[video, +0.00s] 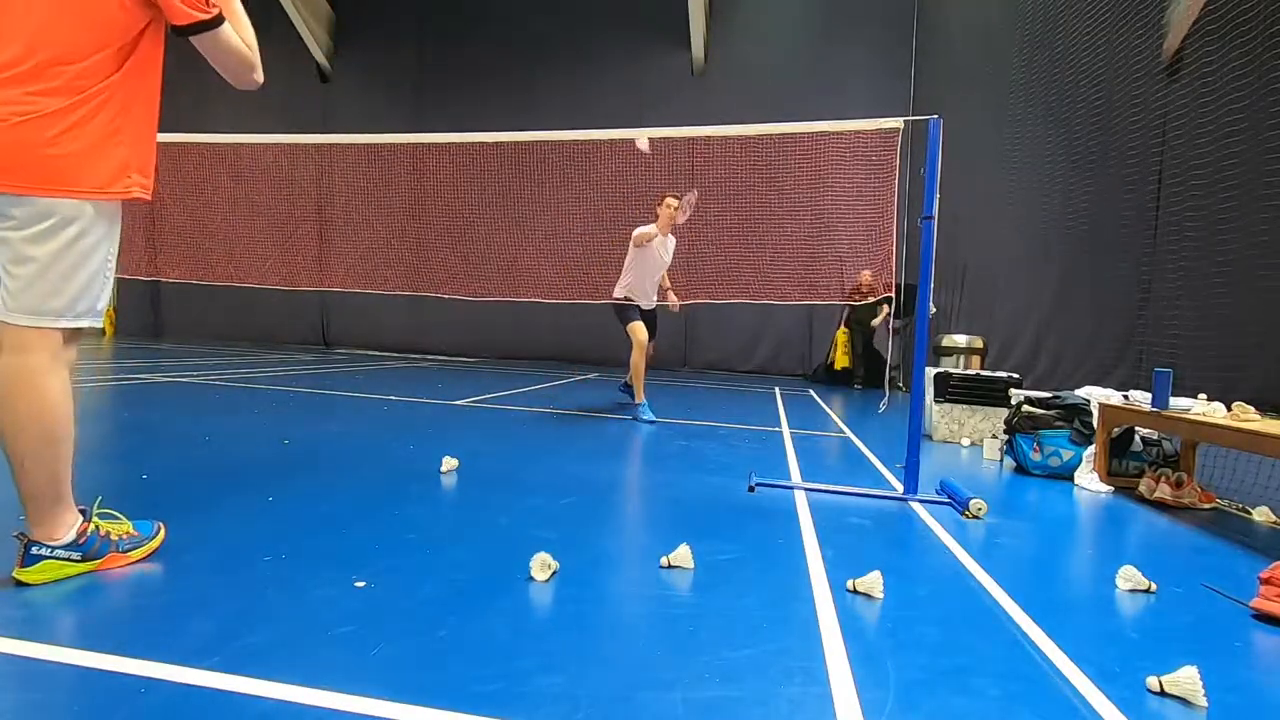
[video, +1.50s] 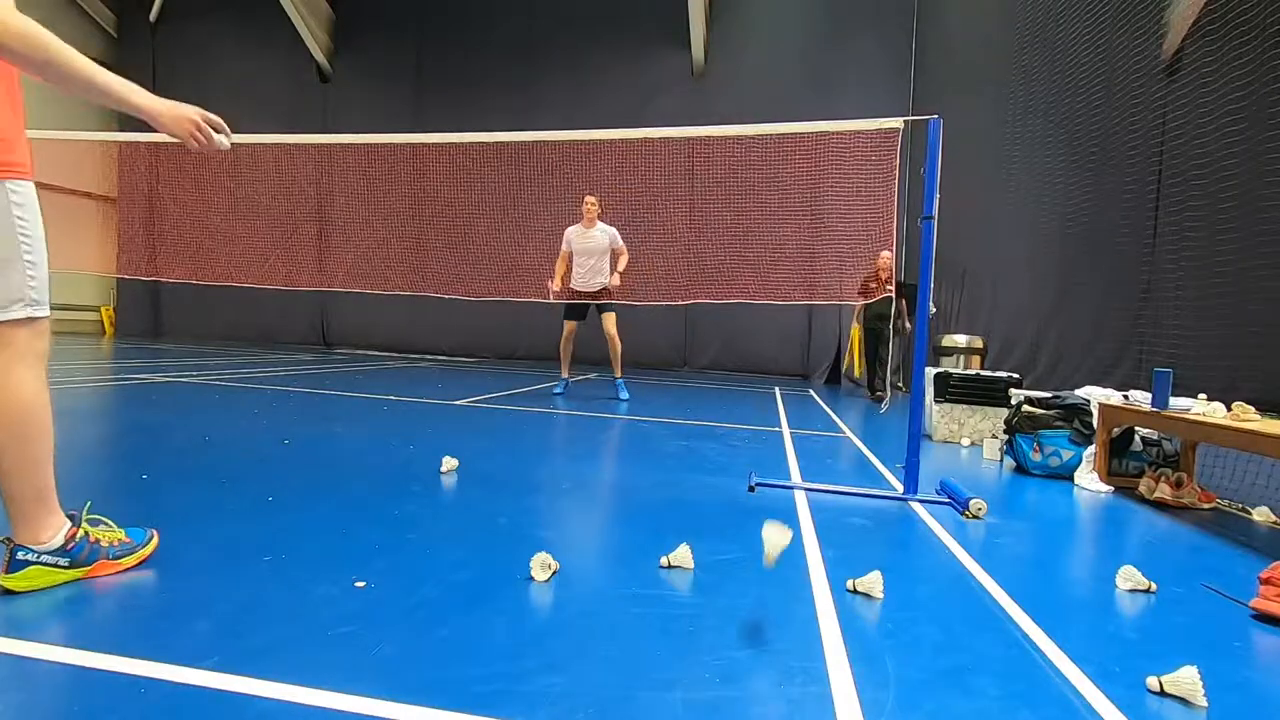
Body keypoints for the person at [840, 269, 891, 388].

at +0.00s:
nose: (866, 278)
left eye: (869, 276)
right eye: (864, 276)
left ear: (872, 278)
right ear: (860, 278)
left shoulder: (875, 293)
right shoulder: (854, 293)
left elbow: (886, 309)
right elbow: (846, 309)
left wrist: (878, 320)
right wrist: (842, 323)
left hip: (869, 325)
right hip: (855, 324)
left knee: (866, 351)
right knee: (858, 352)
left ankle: (864, 377)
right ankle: (858, 379)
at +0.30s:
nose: (870, 272)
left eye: (873, 269)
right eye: (868, 269)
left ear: (876, 272)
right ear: (864, 271)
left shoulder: (880, 288)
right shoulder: (857, 287)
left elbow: (885, 307)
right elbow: (850, 305)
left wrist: (890, 323)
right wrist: (845, 321)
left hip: (875, 326)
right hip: (859, 325)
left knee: (875, 354)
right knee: (858, 354)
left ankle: (870, 381)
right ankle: (857, 381)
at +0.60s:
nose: (879, 272)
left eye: (881, 269)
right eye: (876, 269)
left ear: (885, 272)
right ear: (871, 271)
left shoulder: (890, 286)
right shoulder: (864, 286)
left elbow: (894, 305)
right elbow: (855, 303)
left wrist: (894, 322)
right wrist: (851, 321)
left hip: (884, 325)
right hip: (866, 325)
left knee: (882, 358)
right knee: (865, 356)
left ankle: (878, 386)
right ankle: (861, 380)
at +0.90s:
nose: (884, 268)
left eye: (886, 265)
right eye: (881, 265)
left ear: (888, 267)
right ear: (875, 267)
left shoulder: (893, 284)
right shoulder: (867, 285)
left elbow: (902, 299)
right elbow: (861, 304)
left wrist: (901, 311)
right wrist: (859, 322)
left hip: (886, 324)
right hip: (869, 323)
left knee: (883, 354)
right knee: (871, 352)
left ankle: (879, 384)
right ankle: (869, 383)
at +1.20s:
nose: (882, 262)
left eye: (884, 259)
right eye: (879, 259)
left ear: (888, 262)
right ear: (874, 262)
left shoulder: (894, 281)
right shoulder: (867, 281)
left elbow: (901, 299)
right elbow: (861, 302)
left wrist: (903, 318)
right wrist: (858, 321)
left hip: (887, 324)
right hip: (869, 323)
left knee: (886, 356)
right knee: (871, 356)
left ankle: (882, 386)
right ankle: (871, 387)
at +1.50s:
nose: (885, 261)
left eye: (888, 259)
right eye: (882, 258)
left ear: (892, 262)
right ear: (877, 261)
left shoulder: (895, 281)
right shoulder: (869, 280)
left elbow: (901, 301)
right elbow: (862, 300)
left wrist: (905, 320)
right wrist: (855, 318)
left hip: (887, 325)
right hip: (869, 323)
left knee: (884, 358)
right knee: (870, 357)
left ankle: (881, 390)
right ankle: (872, 389)